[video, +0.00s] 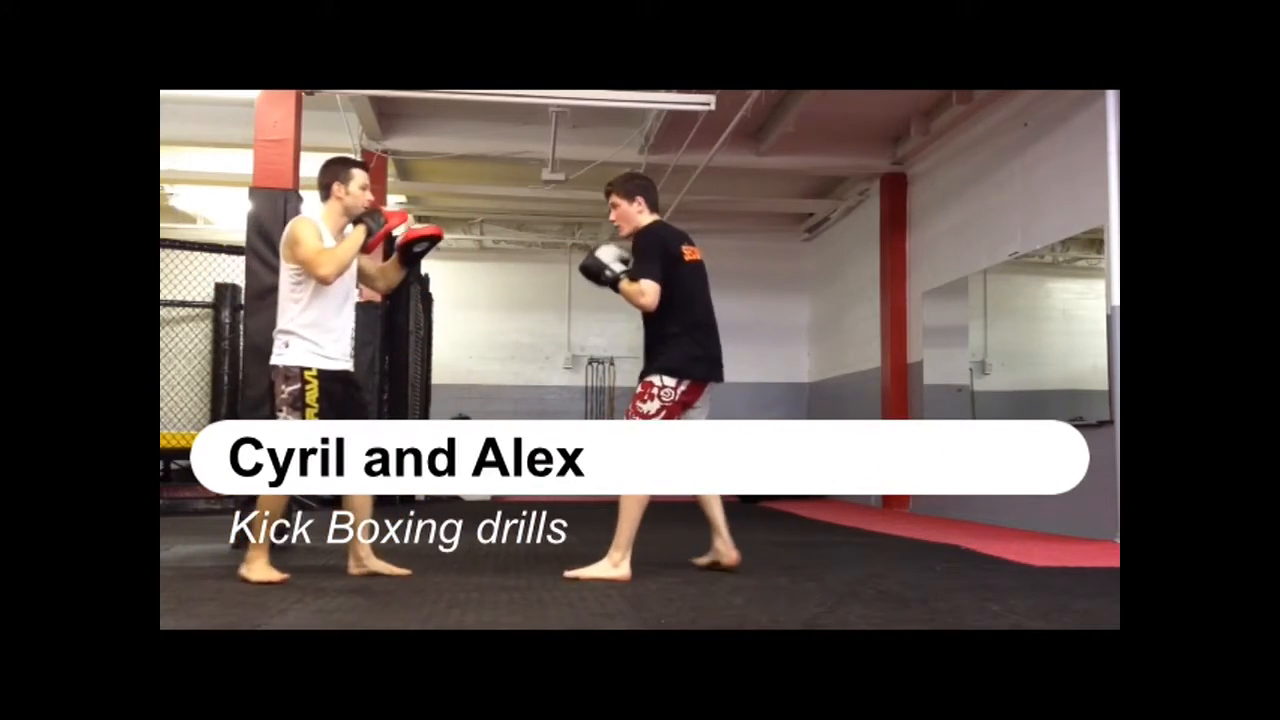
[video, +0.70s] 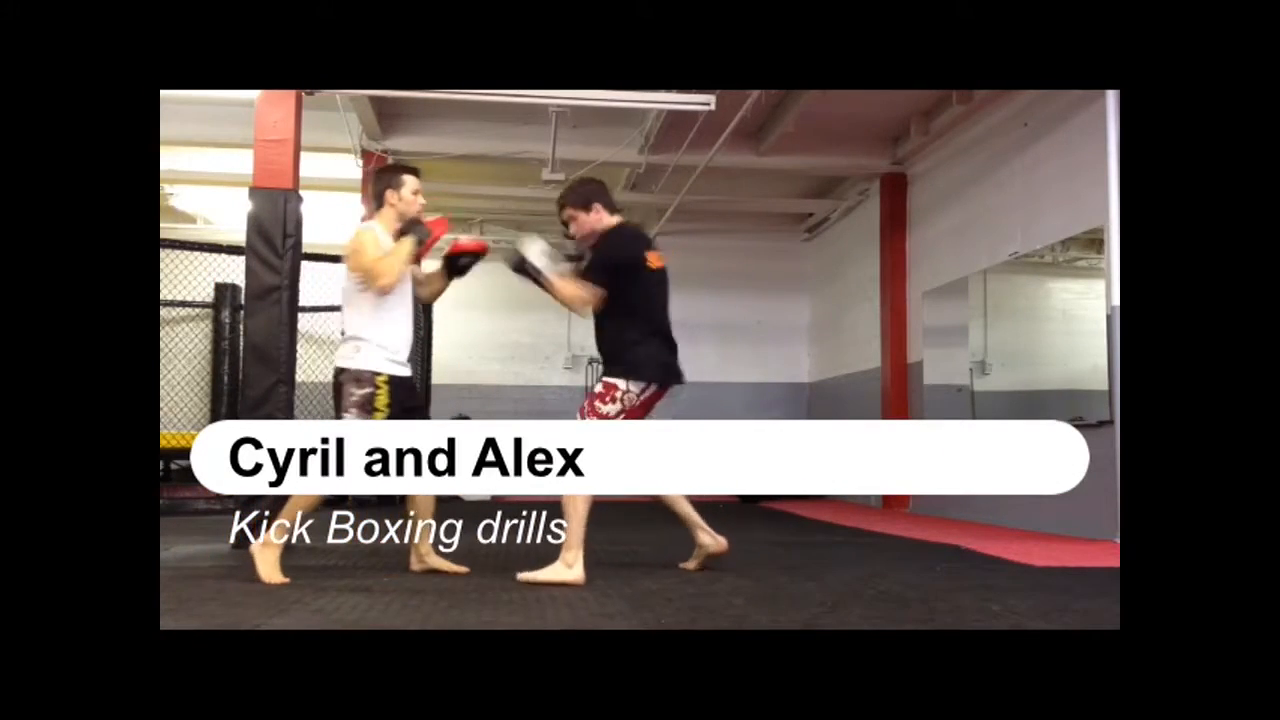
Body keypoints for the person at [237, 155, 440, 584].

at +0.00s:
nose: (369, 197)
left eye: (369, 190)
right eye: (362, 188)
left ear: (344, 193)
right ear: (336, 189)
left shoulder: (347, 240)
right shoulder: (302, 228)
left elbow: (384, 280)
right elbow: (325, 269)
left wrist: (406, 251)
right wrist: (363, 229)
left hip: (339, 365)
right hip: (300, 363)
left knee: (362, 456)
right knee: (288, 460)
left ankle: (361, 552)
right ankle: (256, 556)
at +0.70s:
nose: (422, 202)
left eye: (422, 194)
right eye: (415, 194)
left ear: (399, 198)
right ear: (392, 197)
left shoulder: (401, 242)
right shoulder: (365, 236)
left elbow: (423, 291)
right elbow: (381, 279)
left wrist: (451, 267)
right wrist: (414, 238)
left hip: (398, 369)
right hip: (363, 369)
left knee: (424, 459)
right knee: (342, 463)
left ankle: (423, 549)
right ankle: (271, 542)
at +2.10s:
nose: (377, 211)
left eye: (379, 204)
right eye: (371, 202)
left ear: (352, 205)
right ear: (345, 201)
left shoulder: (362, 250)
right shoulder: (301, 241)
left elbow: (382, 301)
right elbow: (288, 300)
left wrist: (420, 312)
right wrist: (345, 275)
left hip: (370, 372)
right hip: (323, 371)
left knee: (422, 453)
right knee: (300, 470)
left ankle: (405, 541)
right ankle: (258, 562)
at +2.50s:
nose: (390, 206)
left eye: (392, 198)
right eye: (385, 197)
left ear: (371, 199)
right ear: (360, 197)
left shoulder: (375, 243)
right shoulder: (312, 233)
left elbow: (408, 275)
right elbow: (287, 288)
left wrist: (432, 240)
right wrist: (349, 276)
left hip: (355, 365)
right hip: (308, 361)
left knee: (377, 455)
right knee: (294, 457)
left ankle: (355, 546)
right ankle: (256, 556)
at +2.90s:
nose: (365, 214)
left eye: (367, 206)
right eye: (360, 205)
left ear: (343, 204)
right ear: (333, 201)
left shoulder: (337, 254)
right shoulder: (284, 236)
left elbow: (321, 306)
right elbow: (254, 294)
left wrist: (360, 303)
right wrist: (322, 299)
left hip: (317, 374)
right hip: (273, 369)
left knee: (349, 461)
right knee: (251, 468)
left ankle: (350, 551)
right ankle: (198, 552)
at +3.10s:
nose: (331, 201)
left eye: (332, 194)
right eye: (327, 192)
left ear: (307, 194)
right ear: (300, 190)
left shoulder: (303, 245)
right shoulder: (260, 229)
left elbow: (286, 303)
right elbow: (224, 284)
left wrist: (326, 303)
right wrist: (288, 297)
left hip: (291, 365)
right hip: (249, 363)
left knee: (317, 456)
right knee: (240, 462)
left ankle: (299, 548)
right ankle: (195, 555)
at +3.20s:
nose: (324, 195)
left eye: (325, 187)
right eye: (319, 186)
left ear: (299, 188)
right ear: (292, 185)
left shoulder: (299, 239)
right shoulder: (254, 225)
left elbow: (286, 295)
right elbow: (217, 278)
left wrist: (321, 294)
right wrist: (282, 291)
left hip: (288, 363)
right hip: (247, 360)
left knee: (303, 458)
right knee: (234, 459)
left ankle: (264, 545)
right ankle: (195, 555)